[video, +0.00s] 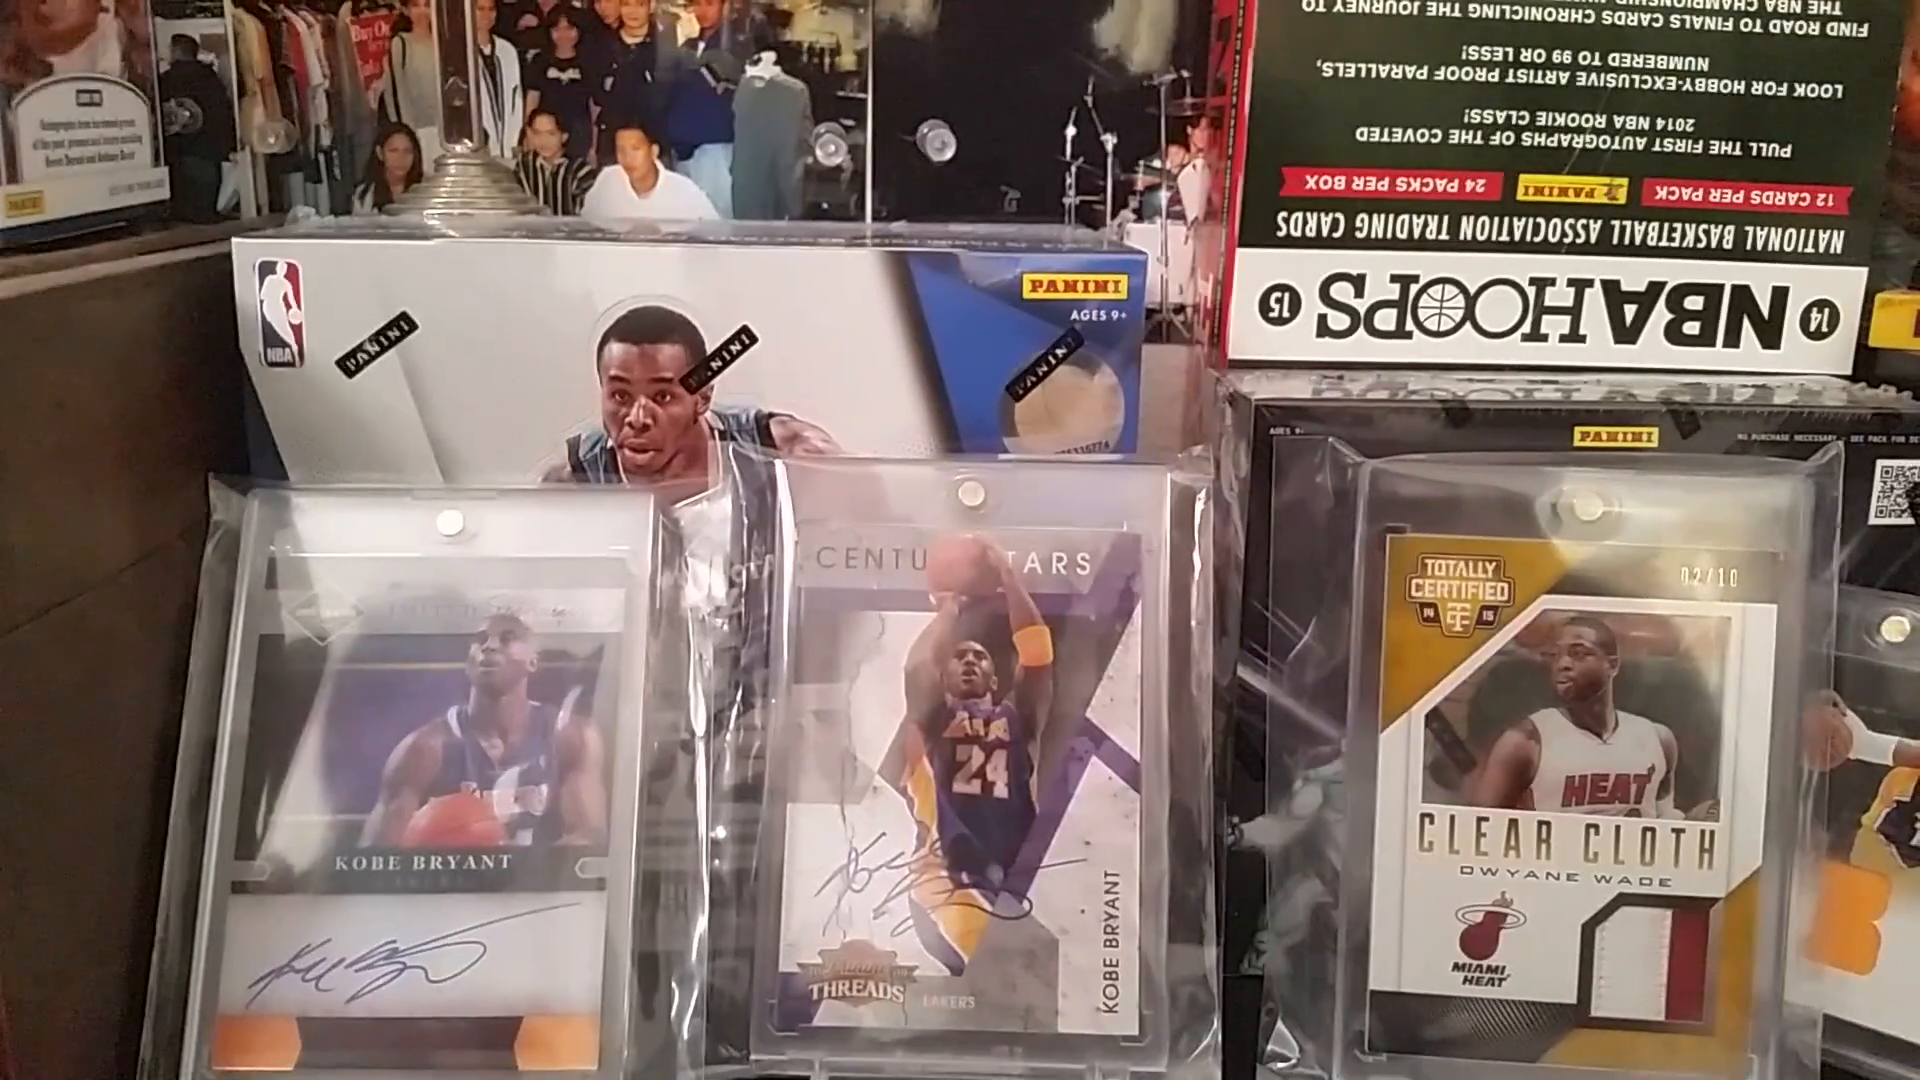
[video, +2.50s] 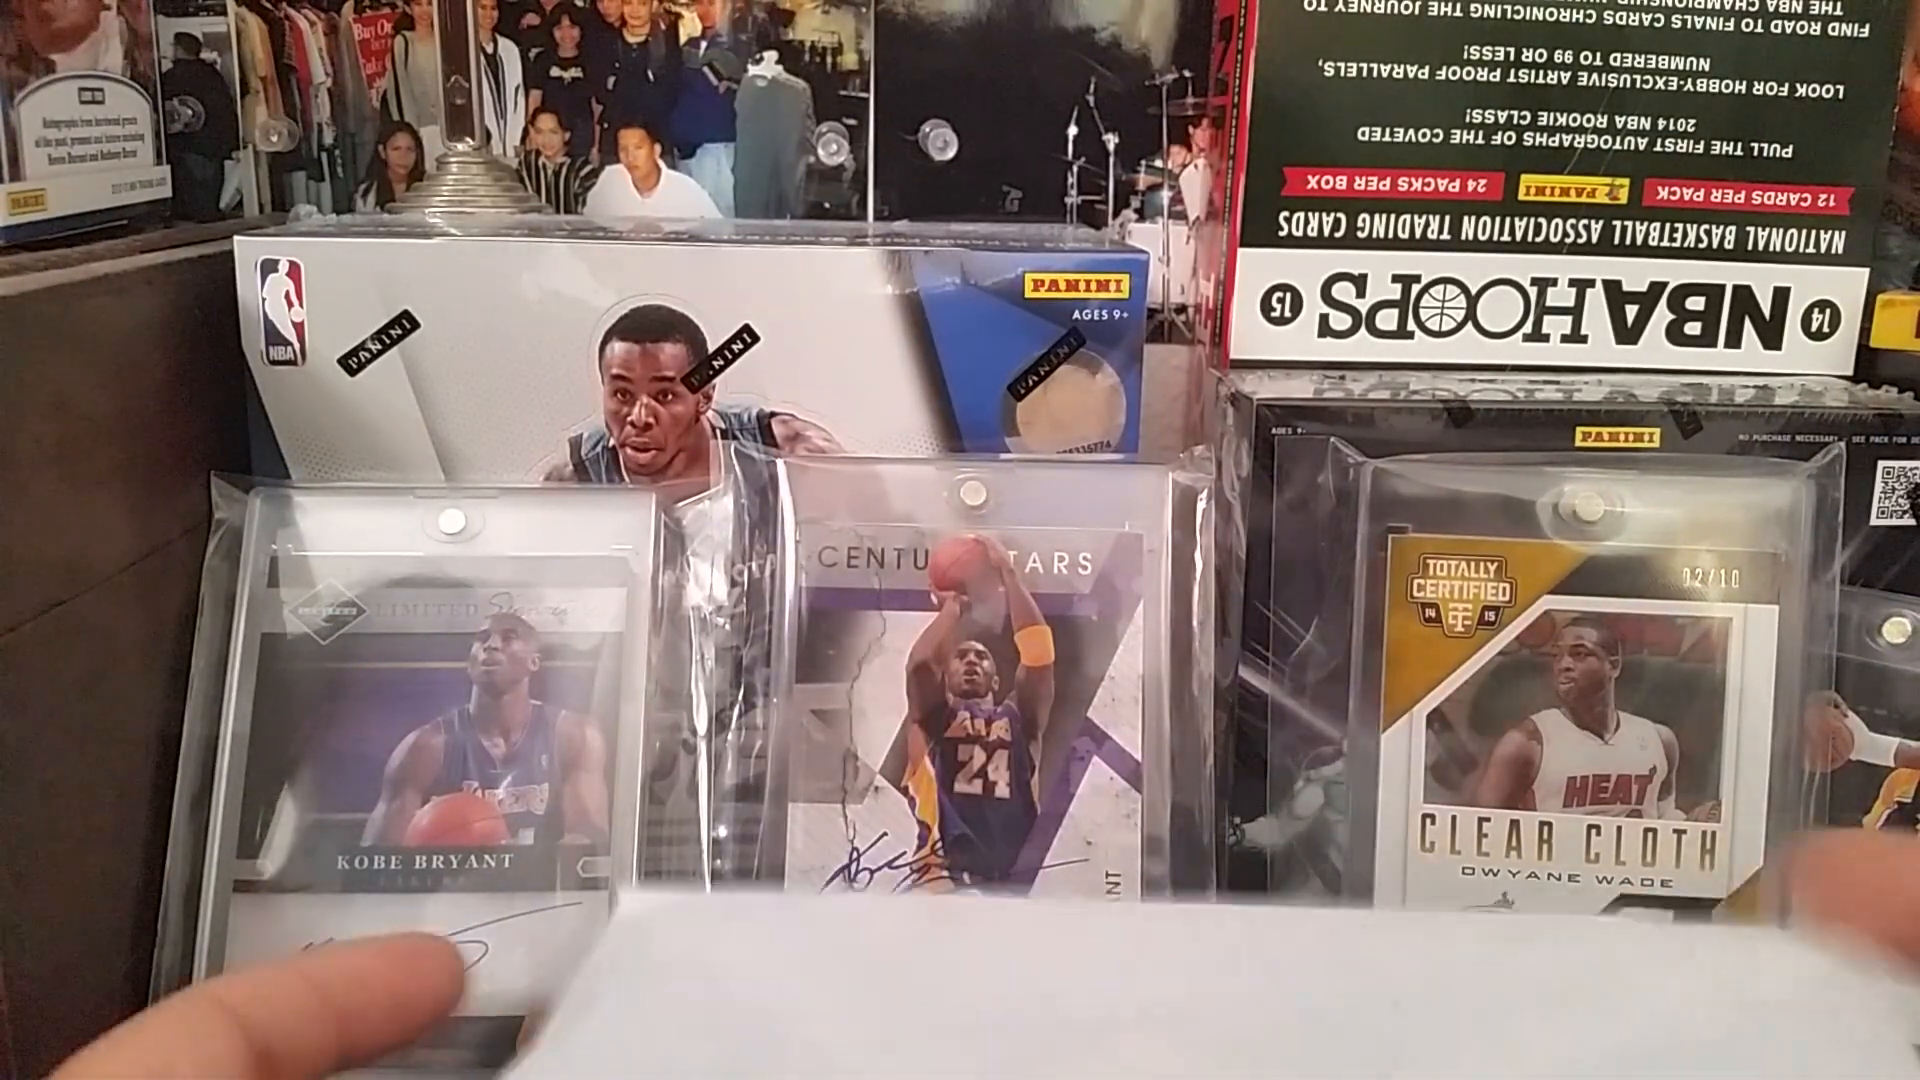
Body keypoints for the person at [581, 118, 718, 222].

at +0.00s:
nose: (627, 158)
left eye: (636, 149)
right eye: (621, 150)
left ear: (654, 152)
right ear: (616, 154)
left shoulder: (684, 190)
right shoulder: (608, 180)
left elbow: (717, 234)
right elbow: (584, 225)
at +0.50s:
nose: (629, 157)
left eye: (637, 148)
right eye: (622, 149)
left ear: (655, 150)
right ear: (617, 153)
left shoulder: (685, 188)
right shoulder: (609, 178)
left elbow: (719, 232)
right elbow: (585, 224)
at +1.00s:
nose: (629, 157)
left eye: (637, 147)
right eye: (622, 149)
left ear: (655, 150)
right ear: (617, 153)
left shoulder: (684, 188)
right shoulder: (609, 179)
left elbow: (719, 231)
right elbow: (586, 224)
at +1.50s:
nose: (630, 157)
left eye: (638, 148)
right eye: (623, 149)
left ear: (656, 150)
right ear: (617, 153)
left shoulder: (685, 188)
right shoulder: (610, 178)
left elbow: (719, 232)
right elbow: (586, 224)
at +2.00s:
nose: (630, 157)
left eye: (638, 148)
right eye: (623, 150)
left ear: (656, 151)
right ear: (618, 154)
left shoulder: (685, 188)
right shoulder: (610, 178)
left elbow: (719, 231)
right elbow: (587, 224)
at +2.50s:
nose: (630, 158)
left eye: (638, 148)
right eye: (624, 150)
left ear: (656, 151)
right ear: (618, 154)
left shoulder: (685, 188)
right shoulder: (610, 179)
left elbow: (720, 232)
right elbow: (586, 226)